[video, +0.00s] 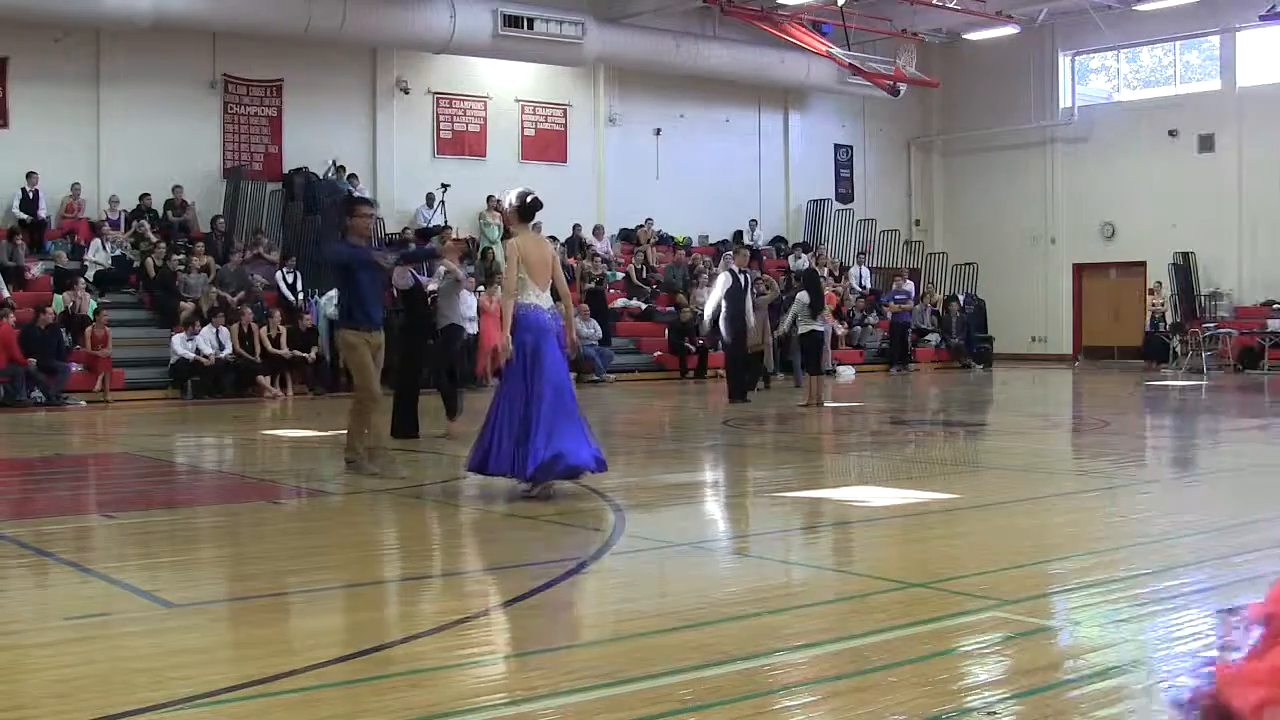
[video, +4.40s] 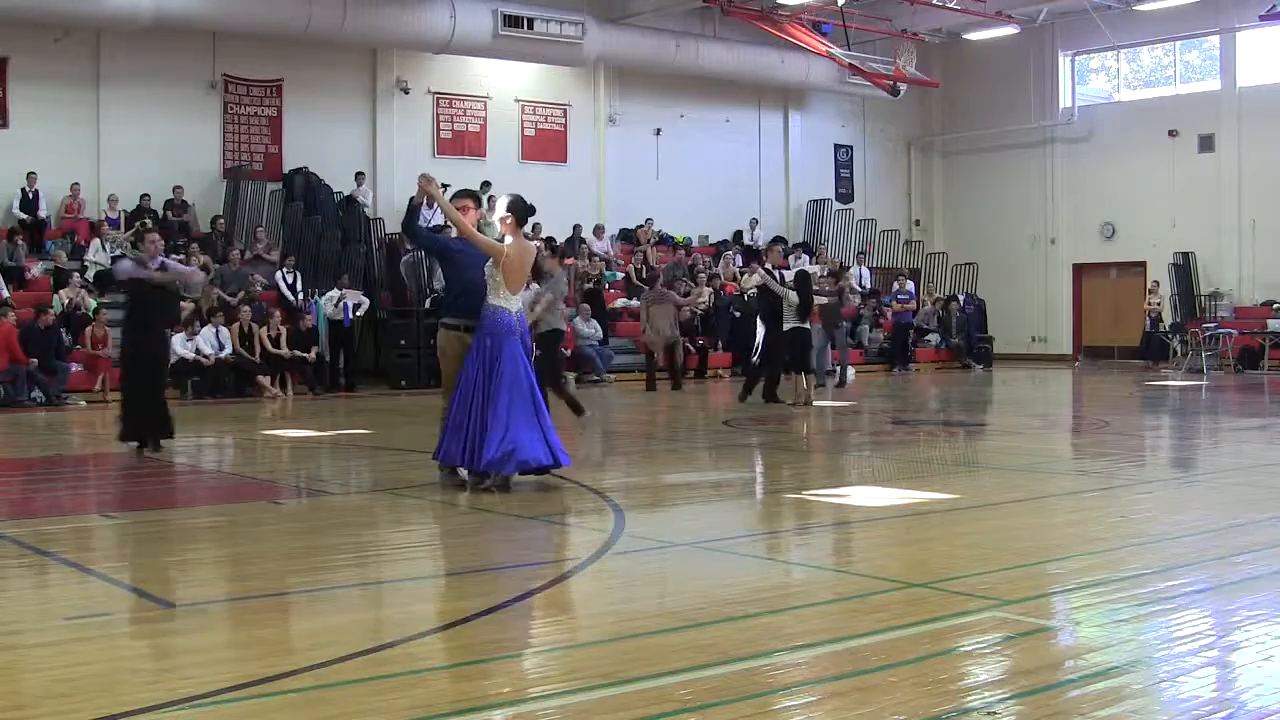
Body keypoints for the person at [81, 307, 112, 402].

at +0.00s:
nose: (106, 318)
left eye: (106, 316)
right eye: (104, 316)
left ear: (106, 317)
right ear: (97, 317)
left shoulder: (108, 330)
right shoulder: (89, 330)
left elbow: (109, 349)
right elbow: (88, 350)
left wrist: (104, 351)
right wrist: (99, 353)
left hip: (103, 355)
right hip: (92, 356)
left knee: (105, 360)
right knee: (106, 365)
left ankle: (98, 382)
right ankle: (107, 393)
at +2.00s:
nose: (106, 317)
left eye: (106, 315)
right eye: (104, 315)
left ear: (106, 317)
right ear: (97, 316)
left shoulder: (107, 331)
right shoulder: (89, 330)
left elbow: (109, 349)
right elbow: (88, 350)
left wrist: (100, 352)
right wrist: (100, 353)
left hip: (103, 355)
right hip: (92, 356)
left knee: (105, 361)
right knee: (107, 364)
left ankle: (99, 382)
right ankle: (107, 393)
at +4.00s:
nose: (106, 317)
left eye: (106, 314)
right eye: (104, 315)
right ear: (97, 316)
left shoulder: (108, 331)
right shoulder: (89, 330)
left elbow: (109, 348)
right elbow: (88, 350)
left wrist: (104, 351)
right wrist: (100, 353)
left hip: (103, 354)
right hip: (92, 355)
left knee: (105, 359)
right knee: (107, 364)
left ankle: (99, 382)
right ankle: (107, 393)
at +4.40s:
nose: (106, 316)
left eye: (106, 314)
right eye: (103, 314)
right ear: (96, 316)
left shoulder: (108, 330)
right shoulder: (89, 330)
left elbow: (109, 349)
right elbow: (89, 350)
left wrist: (104, 351)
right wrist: (100, 353)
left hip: (103, 355)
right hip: (92, 356)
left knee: (104, 360)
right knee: (105, 365)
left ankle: (98, 383)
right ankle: (106, 393)